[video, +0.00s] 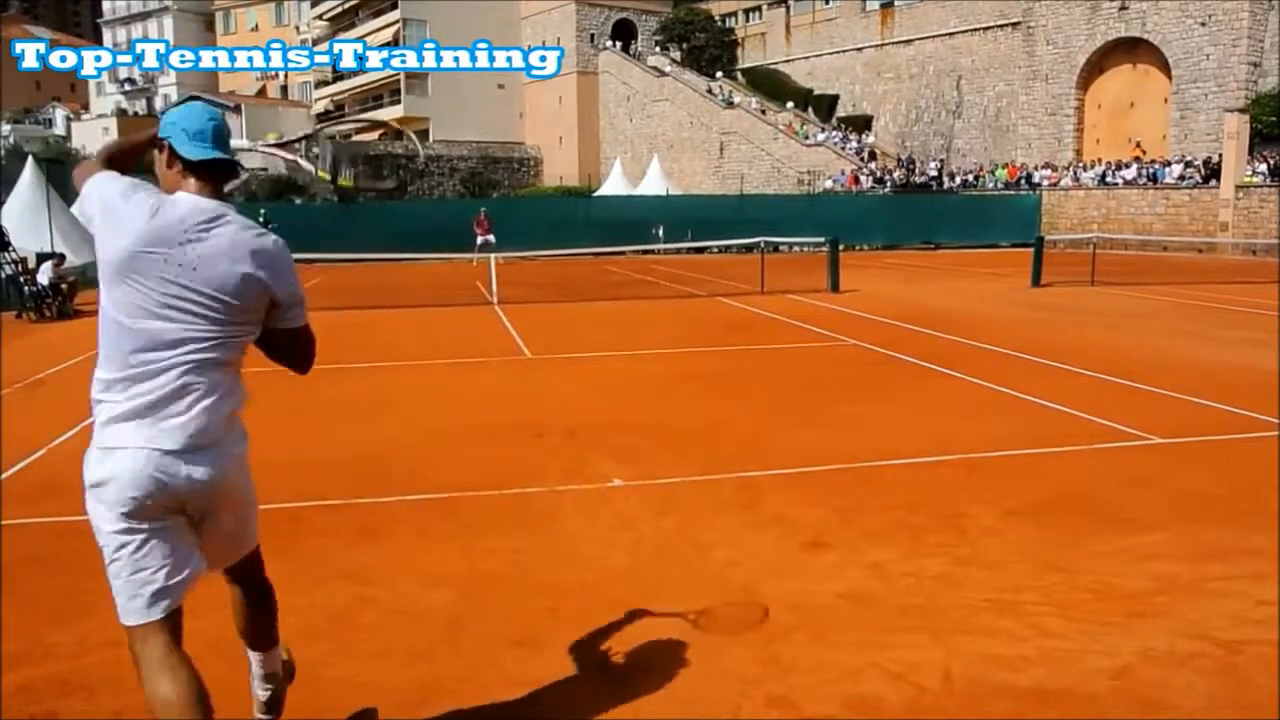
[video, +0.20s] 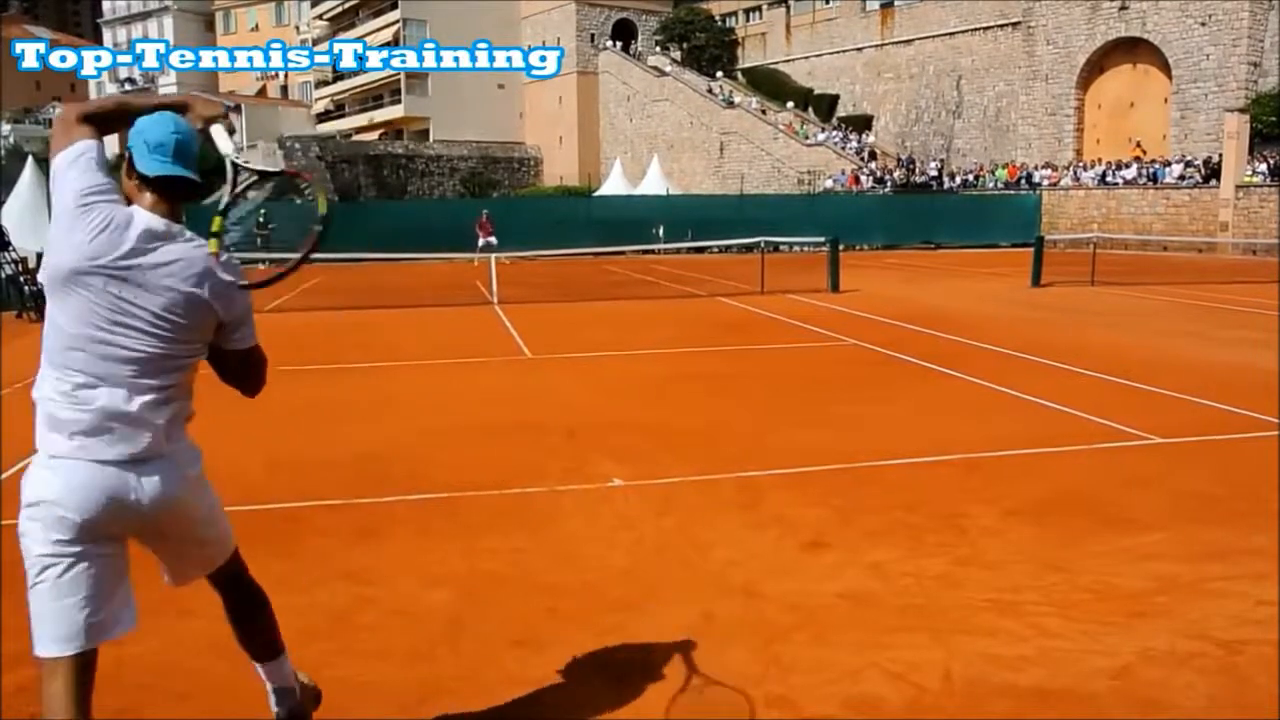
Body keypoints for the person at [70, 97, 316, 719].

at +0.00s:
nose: (159, 165)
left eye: (162, 157)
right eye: (166, 154)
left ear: (168, 160)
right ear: (228, 164)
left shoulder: (126, 212)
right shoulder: (261, 248)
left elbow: (89, 169)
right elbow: (299, 355)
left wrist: (153, 141)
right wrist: (231, 310)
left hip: (124, 457)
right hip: (214, 456)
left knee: (155, 639)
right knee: (248, 575)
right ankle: (267, 678)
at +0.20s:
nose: (124, 171)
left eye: (128, 163)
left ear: (128, 170)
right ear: (196, 188)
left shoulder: (82, 218)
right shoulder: (211, 274)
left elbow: (75, 117)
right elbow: (249, 379)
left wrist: (172, 99)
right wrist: (197, 316)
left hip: (67, 479)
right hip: (166, 478)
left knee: (65, 674)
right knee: (233, 580)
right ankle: (286, 692)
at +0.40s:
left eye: (104, 176)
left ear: (109, 189)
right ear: (179, 196)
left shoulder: (63, 230)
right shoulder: (196, 288)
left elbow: (51, 119)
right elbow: (227, 396)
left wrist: (153, 103)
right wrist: (174, 311)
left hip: (36, 494)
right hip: (140, 495)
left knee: (20, 697)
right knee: (224, 590)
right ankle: (289, 702)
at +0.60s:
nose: (63, 233)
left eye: (65, 226)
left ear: (64, 237)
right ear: (132, 244)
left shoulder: (19, 283)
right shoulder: (159, 333)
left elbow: (7, 182)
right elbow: (192, 448)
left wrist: (52, 122)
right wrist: (161, 371)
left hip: (5, 543)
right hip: (93, 542)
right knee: (196, 627)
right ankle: (260, 715)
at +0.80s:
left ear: (43, 266)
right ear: (118, 270)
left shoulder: (8, 311)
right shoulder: (140, 361)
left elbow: (3, 221)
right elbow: (176, 482)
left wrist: (29, 149)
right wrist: (154, 403)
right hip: (66, 571)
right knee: (176, 659)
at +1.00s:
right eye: (89, 311)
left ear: (9, 312)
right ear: (83, 323)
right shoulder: (102, 422)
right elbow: (137, 557)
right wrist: (138, 489)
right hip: (26, 637)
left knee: (116, 701)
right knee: (117, 703)